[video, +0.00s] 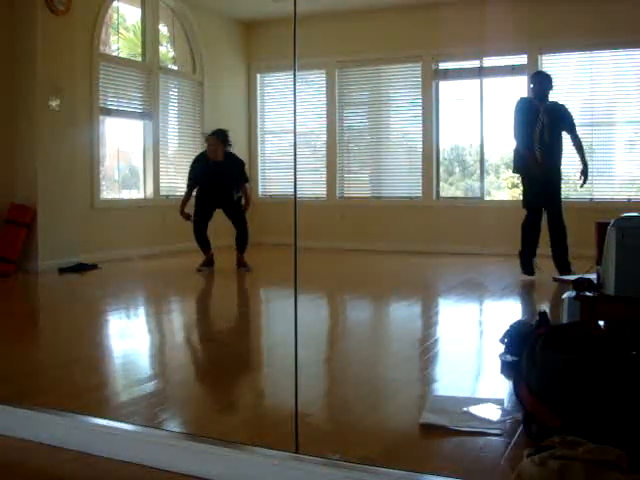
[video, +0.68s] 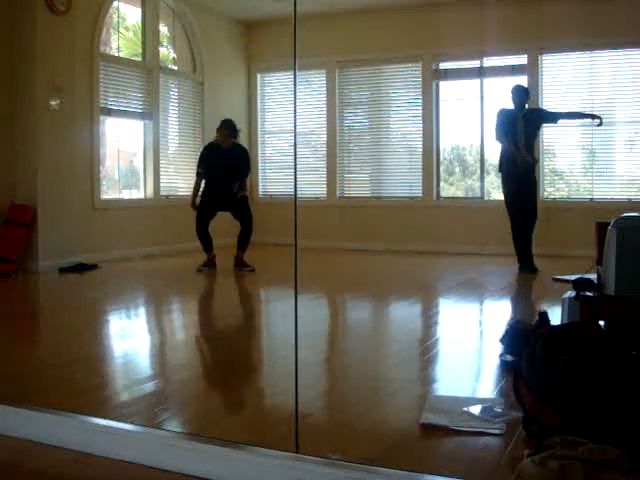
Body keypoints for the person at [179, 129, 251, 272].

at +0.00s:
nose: (209, 148)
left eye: (212, 144)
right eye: (208, 144)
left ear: (222, 145)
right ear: (206, 144)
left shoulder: (235, 162)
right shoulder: (200, 161)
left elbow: (243, 184)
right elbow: (191, 186)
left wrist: (247, 201)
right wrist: (182, 208)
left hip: (228, 198)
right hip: (206, 198)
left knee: (242, 227)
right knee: (199, 229)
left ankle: (240, 259)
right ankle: (209, 258)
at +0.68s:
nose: (218, 133)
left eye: (222, 131)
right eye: (218, 130)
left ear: (231, 134)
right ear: (217, 132)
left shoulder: (241, 152)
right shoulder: (209, 149)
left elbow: (244, 177)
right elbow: (200, 176)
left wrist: (244, 195)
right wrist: (194, 197)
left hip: (234, 195)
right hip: (212, 194)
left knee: (247, 223)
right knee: (201, 226)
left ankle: (239, 259)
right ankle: (210, 259)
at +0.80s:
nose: (219, 122)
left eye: (224, 120)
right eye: (219, 118)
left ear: (232, 121)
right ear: (217, 117)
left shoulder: (240, 137)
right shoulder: (208, 134)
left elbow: (243, 164)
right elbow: (200, 161)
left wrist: (245, 183)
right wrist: (196, 183)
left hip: (234, 185)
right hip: (211, 185)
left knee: (240, 222)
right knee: (206, 223)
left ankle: (239, 258)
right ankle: (210, 258)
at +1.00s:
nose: (221, 108)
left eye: (225, 105)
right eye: (220, 104)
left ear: (234, 108)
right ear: (218, 106)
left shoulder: (239, 133)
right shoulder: (208, 128)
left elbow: (241, 159)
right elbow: (199, 154)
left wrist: (241, 179)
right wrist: (194, 174)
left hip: (231, 178)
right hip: (211, 177)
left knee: (236, 209)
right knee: (217, 218)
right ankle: (221, 253)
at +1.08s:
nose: (224, 110)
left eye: (228, 107)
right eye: (222, 106)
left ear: (235, 110)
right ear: (218, 107)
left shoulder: (239, 133)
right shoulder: (207, 128)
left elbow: (242, 158)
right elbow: (199, 153)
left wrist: (242, 177)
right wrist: (195, 174)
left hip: (231, 177)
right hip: (211, 177)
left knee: (236, 214)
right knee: (217, 215)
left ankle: (217, 207)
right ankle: (221, 254)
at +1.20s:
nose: (224, 108)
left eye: (228, 105)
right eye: (222, 104)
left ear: (234, 108)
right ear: (219, 106)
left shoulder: (238, 129)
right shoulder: (208, 126)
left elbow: (240, 154)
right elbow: (202, 153)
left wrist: (240, 175)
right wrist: (201, 174)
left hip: (231, 175)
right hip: (212, 175)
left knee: (233, 211)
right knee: (218, 213)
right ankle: (221, 252)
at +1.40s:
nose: (225, 109)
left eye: (228, 106)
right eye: (224, 106)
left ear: (233, 108)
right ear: (221, 108)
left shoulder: (234, 129)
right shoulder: (220, 127)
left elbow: (233, 156)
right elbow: (215, 153)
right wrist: (209, 175)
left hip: (229, 177)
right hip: (219, 177)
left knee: (222, 214)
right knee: (220, 213)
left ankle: (217, 246)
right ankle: (217, 248)